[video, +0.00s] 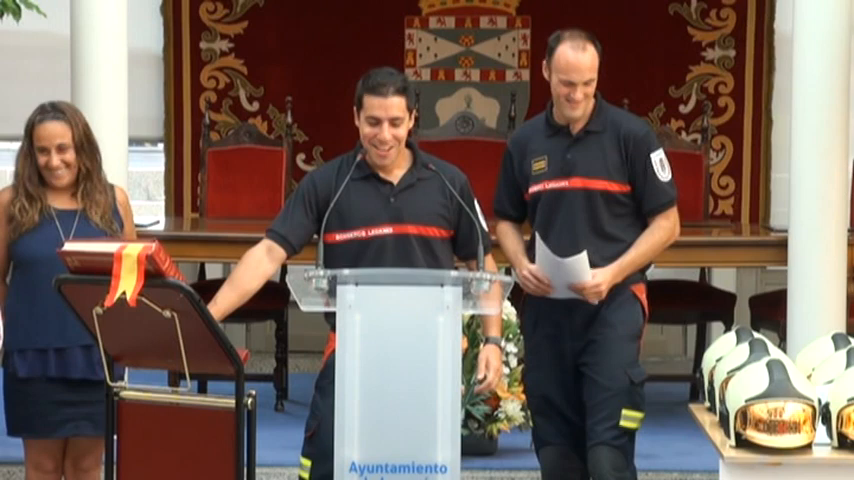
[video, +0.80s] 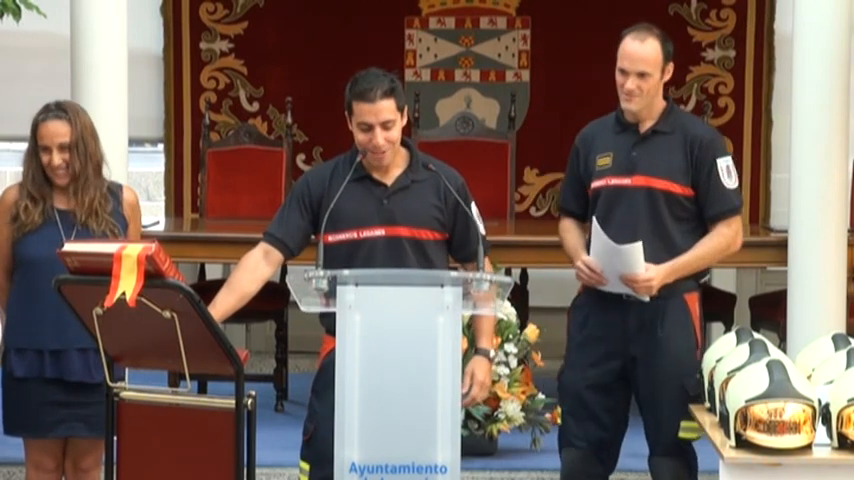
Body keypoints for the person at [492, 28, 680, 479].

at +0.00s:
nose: (577, 95)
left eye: (586, 84)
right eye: (567, 83)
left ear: (598, 78)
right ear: (546, 73)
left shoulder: (632, 135)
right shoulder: (524, 141)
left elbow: (668, 223)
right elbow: (504, 219)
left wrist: (613, 273)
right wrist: (520, 264)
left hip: (612, 306)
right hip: (545, 309)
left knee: (606, 448)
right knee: (556, 451)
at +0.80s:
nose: (629, 85)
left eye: (642, 74)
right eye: (623, 72)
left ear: (666, 74)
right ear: (614, 71)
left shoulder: (701, 141)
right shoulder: (591, 139)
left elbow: (730, 233)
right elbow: (570, 216)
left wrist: (665, 274)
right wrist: (579, 256)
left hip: (667, 316)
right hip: (597, 313)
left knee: (671, 454)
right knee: (581, 454)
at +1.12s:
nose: (653, 87)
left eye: (666, 77)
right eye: (648, 74)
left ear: (693, 77)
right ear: (641, 72)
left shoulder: (727, 144)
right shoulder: (620, 137)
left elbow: (756, 239)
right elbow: (599, 212)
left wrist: (685, 279)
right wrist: (605, 255)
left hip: (688, 319)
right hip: (620, 313)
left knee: (686, 453)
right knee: (596, 449)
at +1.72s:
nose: (664, 82)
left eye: (678, 73)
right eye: (660, 70)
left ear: (706, 77)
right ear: (654, 71)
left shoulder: (737, 146)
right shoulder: (632, 141)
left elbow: (764, 242)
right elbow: (611, 216)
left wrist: (691, 278)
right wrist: (615, 257)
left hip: (698, 319)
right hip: (631, 312)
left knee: (691, 454)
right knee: (607, 449)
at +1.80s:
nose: (664, 82)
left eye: (678, 73)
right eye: (660, 70)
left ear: (706, 77)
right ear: (654, 70)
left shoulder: (737, 145)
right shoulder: (633, 140)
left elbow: (764, 242)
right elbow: (612, 217)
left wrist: (690, 278)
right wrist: (614, 256)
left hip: (698, 319)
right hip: (631, 312)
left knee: (691, 455)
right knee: (607, 450)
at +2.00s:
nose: (664, 81)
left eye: (677, 73)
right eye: (660, 70)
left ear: (706, 77)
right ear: (654, 71)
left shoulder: (736, 145)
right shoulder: (634, 140)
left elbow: (763, 242)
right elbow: (612, 216)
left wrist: (688, 278)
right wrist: (613, 255)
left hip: (697, 318)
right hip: (631, 311)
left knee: (691, 454)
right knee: (607, 449)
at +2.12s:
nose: (664, 82)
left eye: (677, 73)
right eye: (660, 70)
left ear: (706, 77)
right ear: (654, 71)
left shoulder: (736, 145)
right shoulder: (634, 140)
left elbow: (763, 242)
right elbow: (612, 216)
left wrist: (687, 278)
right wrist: (613, 255)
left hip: (697, 318)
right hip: (631, 311)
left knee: (691, 454)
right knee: (607, 449)